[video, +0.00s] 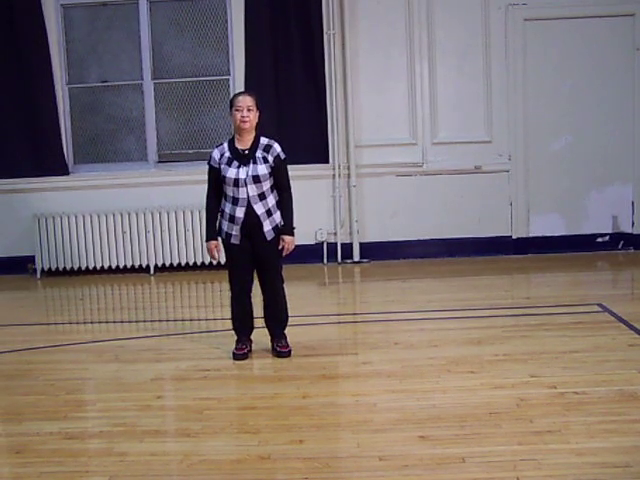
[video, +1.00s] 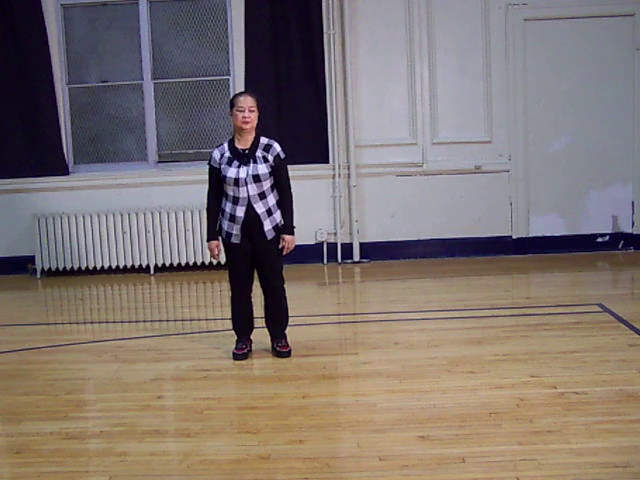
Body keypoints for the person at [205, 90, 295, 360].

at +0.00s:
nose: (244, 114)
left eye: (249, 110)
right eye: (238, 110)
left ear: (257, 115)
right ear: (231, 115)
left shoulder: (271, 149)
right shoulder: (219, 154)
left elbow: (285, 192)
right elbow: (213, 197)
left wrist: (288, 229)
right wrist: (211, 235)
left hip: (268, 231)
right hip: (234, 233)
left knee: (273, 285)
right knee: (240, 288)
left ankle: (278, 335)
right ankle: (243, 337)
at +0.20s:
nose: (244, 115)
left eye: (249, 110)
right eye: (238, 110)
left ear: (257, 115)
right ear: (231, 115)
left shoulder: (271, 149)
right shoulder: (220, 154)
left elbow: (285, 192)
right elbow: (213, 197)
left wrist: (287, 230)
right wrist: (212, 235)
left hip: (268, 230)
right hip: (234, 233)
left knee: (273, 285)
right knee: (239, 288)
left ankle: (278, 335)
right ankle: (243, 337)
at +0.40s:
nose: (244, 115)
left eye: (249, 110)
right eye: (239, 110)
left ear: (258, 115)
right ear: (231, 115)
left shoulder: (271, 150)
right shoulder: (220, 154)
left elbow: (284, 192)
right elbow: (213, 197)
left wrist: (288, 230)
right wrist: (212, 235)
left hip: (267, 230)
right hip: (234, 232)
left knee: (273, 285)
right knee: (239, 288)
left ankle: (278, 335)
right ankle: (243, 337)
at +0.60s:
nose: (244, 115)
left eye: (249, 110)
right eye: (239, 110)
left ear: (257, 115)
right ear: (231, 115)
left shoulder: (271, 150)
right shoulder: (219, 154)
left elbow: (284, 192)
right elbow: (212, 197)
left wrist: (287, 230)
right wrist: (211, 234)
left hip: (267, 231)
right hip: (234, 233)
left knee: (273, 286)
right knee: (239, 288)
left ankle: (278, 335)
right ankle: (243, 338)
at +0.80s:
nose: (244, 114)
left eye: (249, 110)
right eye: (238, 110)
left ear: (257, 115)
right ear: (231, 115)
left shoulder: (271, 149)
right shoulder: (219, 155)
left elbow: (284, 192)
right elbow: (213, 197)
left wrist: (287, 230)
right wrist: (212, 235)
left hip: (267, 230)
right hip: (234, 233)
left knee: (273, 285)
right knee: (239, 288)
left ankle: (278, 335)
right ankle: (243, 338)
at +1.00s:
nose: (246, 115)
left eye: (251, 110)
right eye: (240, 110)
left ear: (258, 115)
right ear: (231, 115)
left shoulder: (271, 149)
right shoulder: (220, 155)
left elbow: (285, 192)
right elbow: (214, 198)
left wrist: (288, 229)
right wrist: (212, 235)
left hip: (268, 231)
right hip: (234, 233)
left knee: (274, 285)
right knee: (240, 289)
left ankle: (279, 336)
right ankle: (243, 338)